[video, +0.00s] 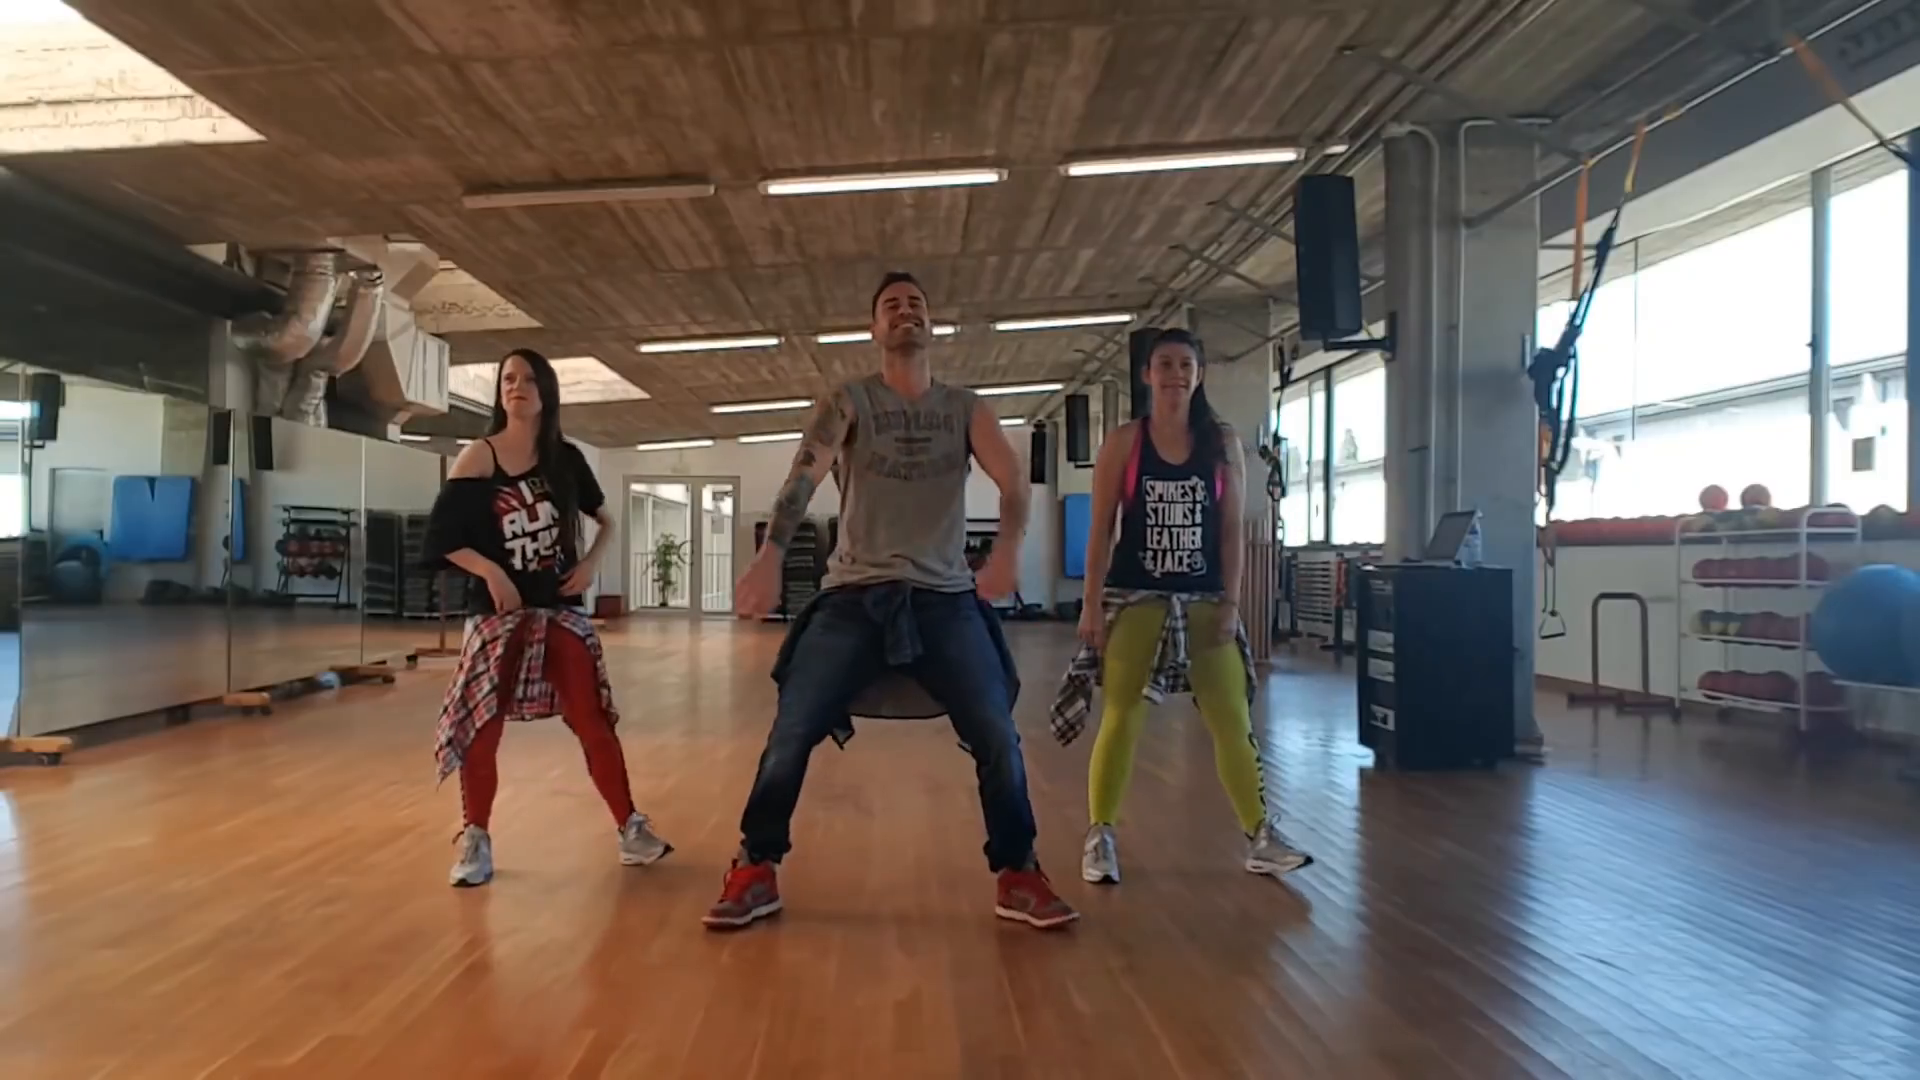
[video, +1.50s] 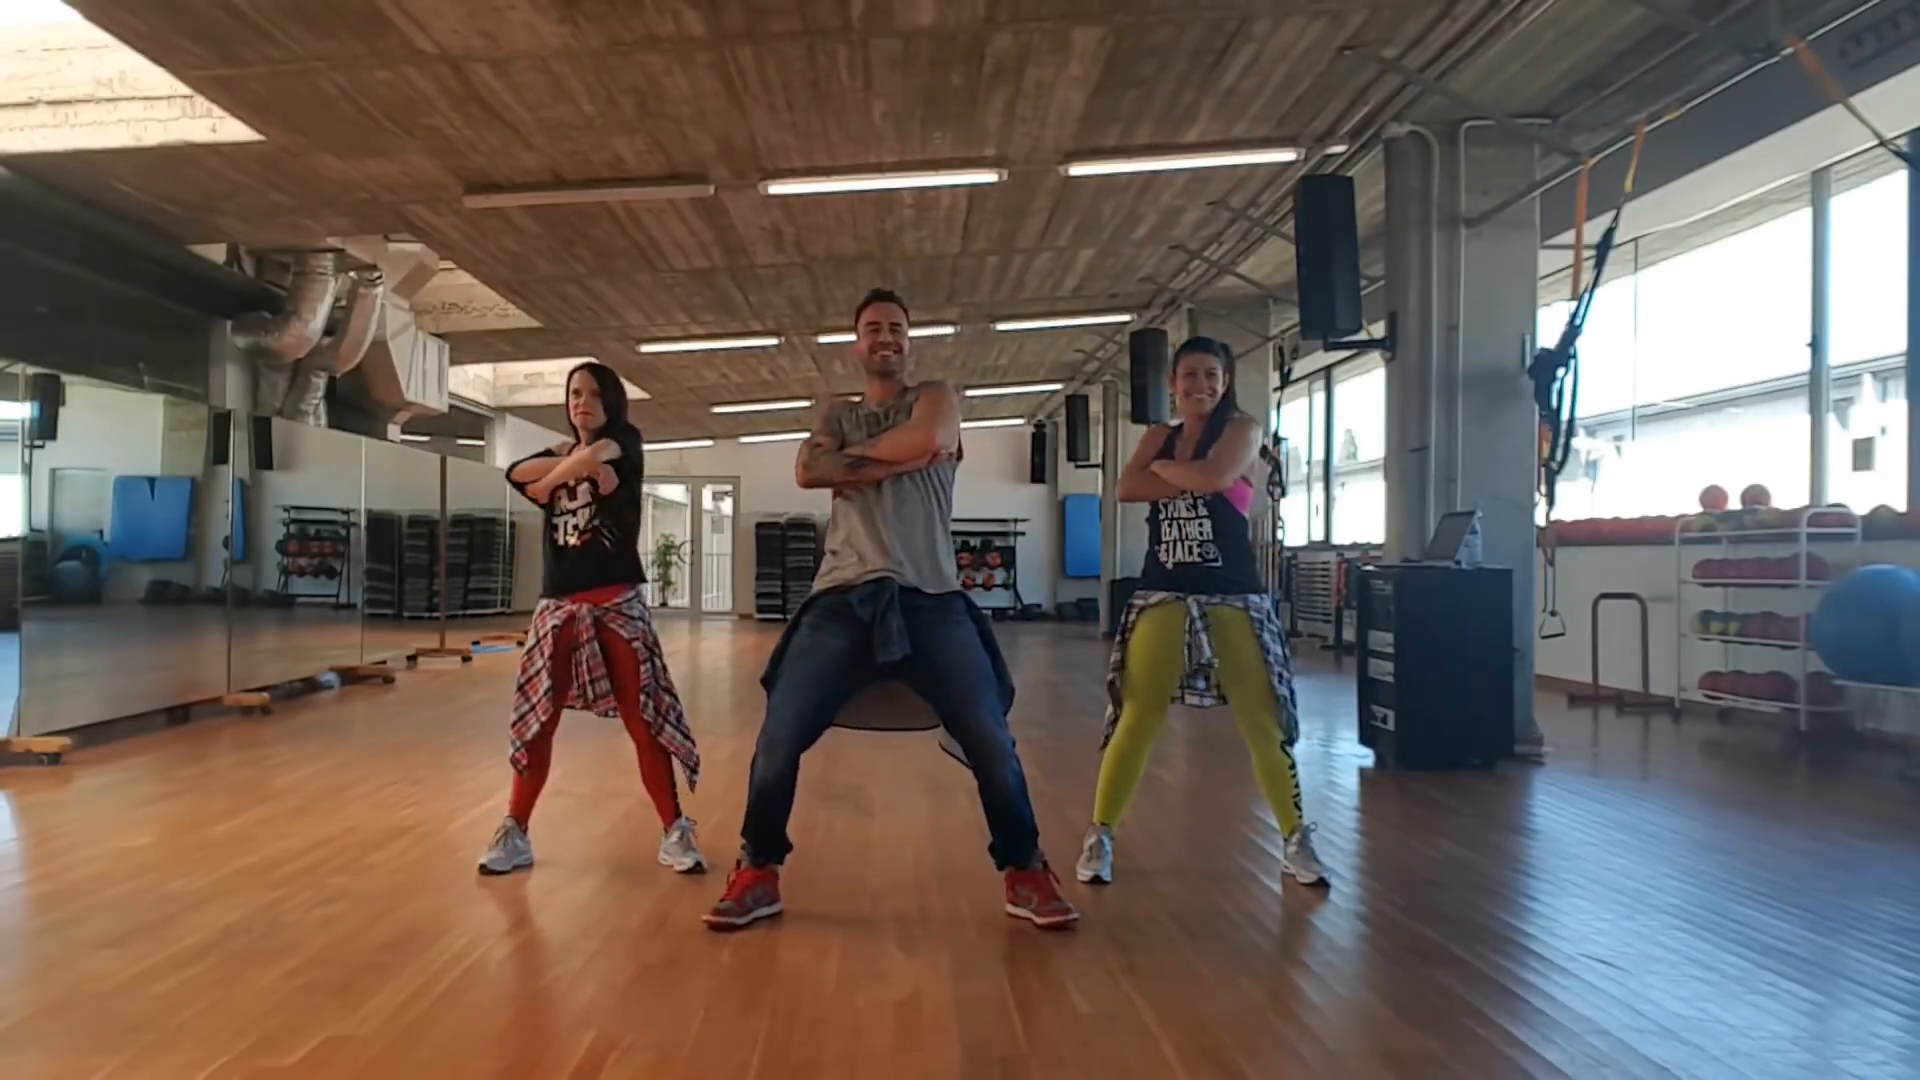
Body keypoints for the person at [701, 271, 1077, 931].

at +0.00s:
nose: (905, 310)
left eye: (914, 303)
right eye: (891, 304)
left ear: (931, 325)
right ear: (873, 329)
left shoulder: (965, 403)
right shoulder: (847, 401)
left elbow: (1013, 482)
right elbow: (801, 481)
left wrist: (1005, 558)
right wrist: (767, 559)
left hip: (943, 592)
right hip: (854, 591)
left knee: (995, 731)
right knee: (793, 723)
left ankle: (1017, 875)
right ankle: (755, 870)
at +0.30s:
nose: (906, 314)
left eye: (916, 308)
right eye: (893, 308)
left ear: (932, 329)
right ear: (873, 331)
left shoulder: (957, 400)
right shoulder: (843, 400)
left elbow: (956, 445)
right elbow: (841, 471)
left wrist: (870, 444)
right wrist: (937, 462)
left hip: (949, 593)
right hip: (858, 591)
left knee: (1005, 730)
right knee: (795, 731)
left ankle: (1031, 873)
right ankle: (753, 871)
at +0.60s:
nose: (913, 322)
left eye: (923, 314)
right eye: (901, 314)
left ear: (939, 330)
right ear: (882, 332)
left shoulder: (965, 406)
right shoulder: (855, 402)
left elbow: (976, 465)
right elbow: (848, 473)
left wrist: (890, 450)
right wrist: (938, 473)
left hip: (955, 595)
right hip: (864, 593)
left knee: (1006, 736)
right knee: (805, 732)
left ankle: (1030, 874)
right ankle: (761, 874)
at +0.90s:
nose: (921, 324)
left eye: (931, 315)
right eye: (910, 316)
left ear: (948, 333)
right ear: (891, 333)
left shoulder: (967, 403)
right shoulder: (872, 384)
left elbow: (990, 453)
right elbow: (869, 447)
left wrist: (889, 442)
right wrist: (959, 465)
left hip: (956, 591)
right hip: (866, 588)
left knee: (1015, 733)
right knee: (801, 729)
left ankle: (1032, 873)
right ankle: (760, 872)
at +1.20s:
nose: (910, 332)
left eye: (919, 324)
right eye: (898, 324)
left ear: (934, 339)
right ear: (881, 340)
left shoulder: (952, 399)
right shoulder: (858, 397)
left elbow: (974, 441)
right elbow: (846, 456)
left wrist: (879, 446)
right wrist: (942, 458)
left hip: (949, 593)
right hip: (860, 590)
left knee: (1008, 736)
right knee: (796, 732)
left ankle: (1030, 872)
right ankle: (760, 872)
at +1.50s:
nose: (884, 338)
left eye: (894, 329)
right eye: (873, 329)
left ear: (909, 341)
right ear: (855, 344)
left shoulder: (936, 396)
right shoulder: (836, 412)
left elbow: (929, 442)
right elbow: (808, 472)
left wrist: (843, 454)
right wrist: (894, 460)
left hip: (930, 595)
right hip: (842, 595)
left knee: (989, 736)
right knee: (777, 737)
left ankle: (1025, 872)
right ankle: (757, 873)